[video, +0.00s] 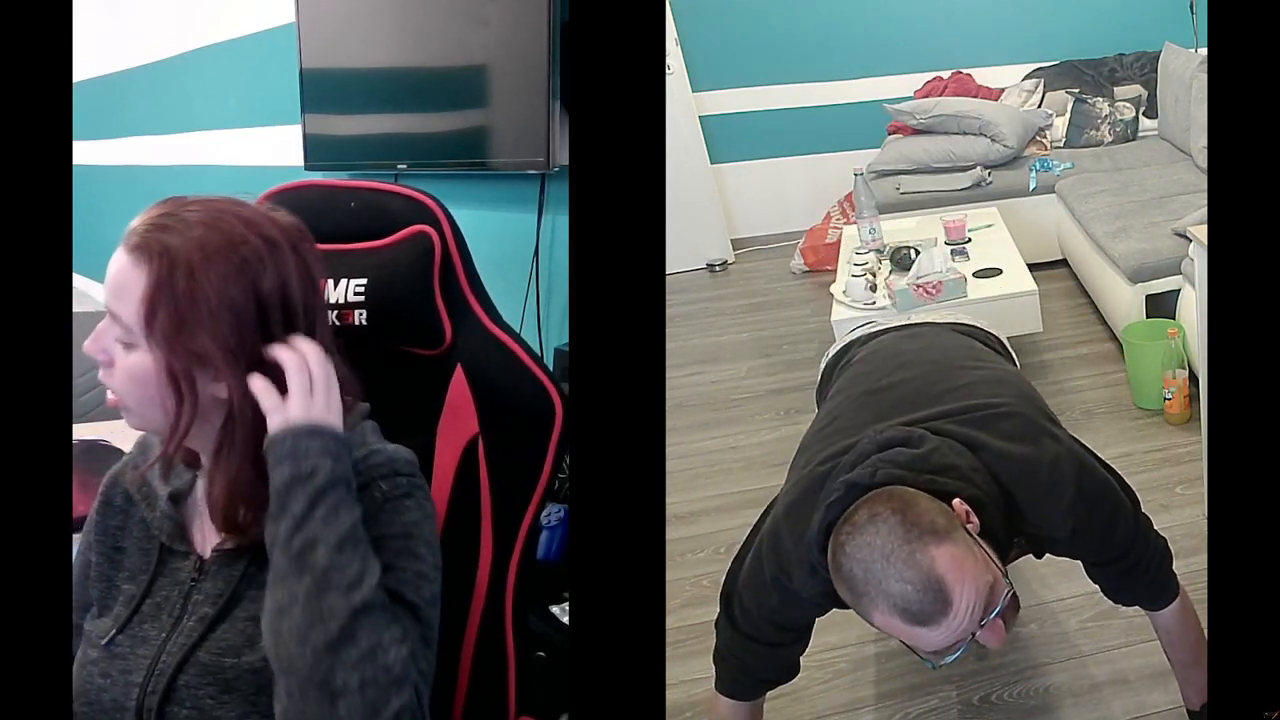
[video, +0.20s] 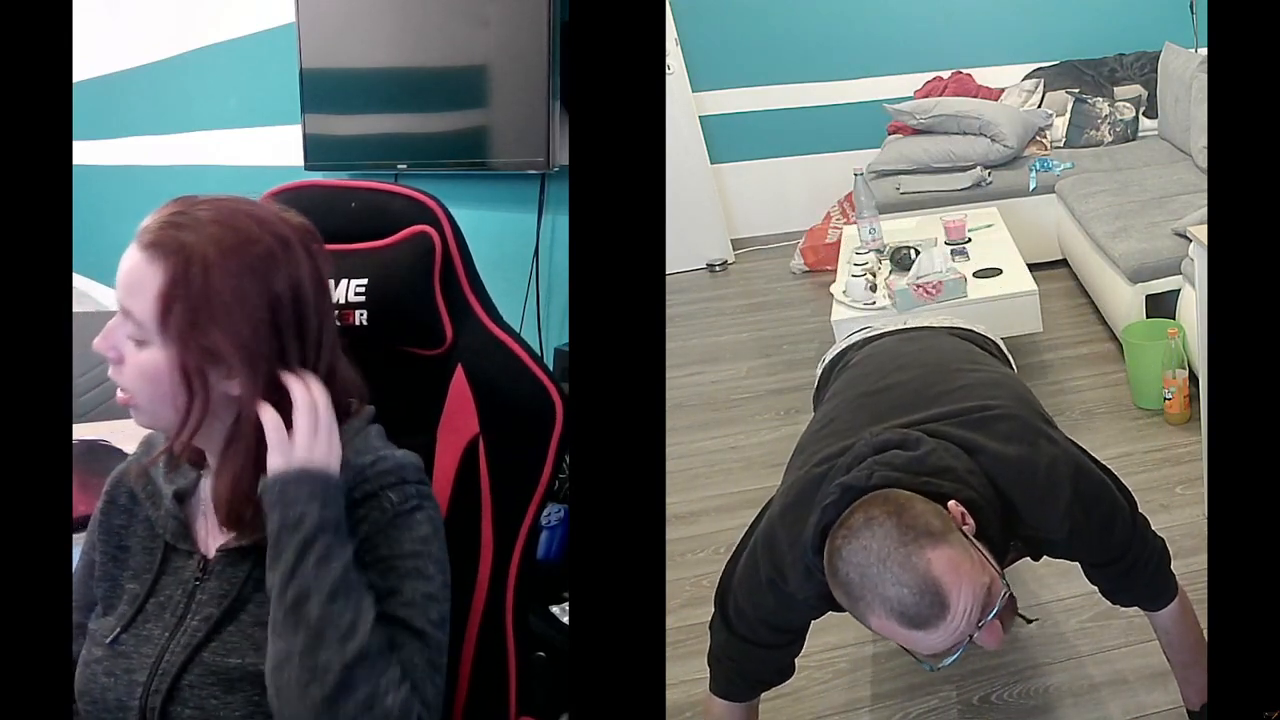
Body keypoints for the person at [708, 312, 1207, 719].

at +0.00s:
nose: (995, 639)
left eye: (990, 605)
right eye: (955, 646)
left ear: (967, 521)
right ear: (868, 616)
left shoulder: (1052, 481)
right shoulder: (780, 565)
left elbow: (1165, 600)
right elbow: (734, 696)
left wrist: (1200, 703)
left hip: (967, 331)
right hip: (849, 352)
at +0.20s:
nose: (993, 640)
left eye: (987, 606)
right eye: (954, 647)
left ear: (963, 522)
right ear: (864, 618)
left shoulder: (1050, 483)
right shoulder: (774, 568)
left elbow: (1165, 603)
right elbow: (729, 698)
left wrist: (1200, 704)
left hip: (965, 335)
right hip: (846, 356)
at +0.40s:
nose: (990, 647)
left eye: (985, 614)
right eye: (950, 656)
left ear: (960, 527)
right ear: (854, 619)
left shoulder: (1047, 485)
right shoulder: (770, 570)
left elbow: (1162, 600)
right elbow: (728, 700)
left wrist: (1200, 704)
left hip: (965, 334)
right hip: (846, 355)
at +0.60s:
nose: (989, 648)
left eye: (987, 614)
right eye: (948, 655)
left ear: (962, 527)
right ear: (862, 622)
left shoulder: (1049, 485)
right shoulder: (772, 568)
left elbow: (1163, 602)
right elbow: (729, 698)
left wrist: (1200, 704)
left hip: (965, 335)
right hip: (845, 356)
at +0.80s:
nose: (982, 645)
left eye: (982, 609)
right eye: (940, 646)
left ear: (967, 522)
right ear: (858, 603)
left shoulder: (1051, 482)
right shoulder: (777, 563)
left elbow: (1162, 601)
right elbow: (734, 697)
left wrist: (1199, 703)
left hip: (966, 333)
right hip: (845, 353)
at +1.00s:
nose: (959, 624)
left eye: (964, 578)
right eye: (915, 614)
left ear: (966, 504)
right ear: (852, 574)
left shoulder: (1050, 479)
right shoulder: (781, 554)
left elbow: (1159, 600)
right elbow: (737, 697)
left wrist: (1199, 703)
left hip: (966, 334)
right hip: (846, 352)